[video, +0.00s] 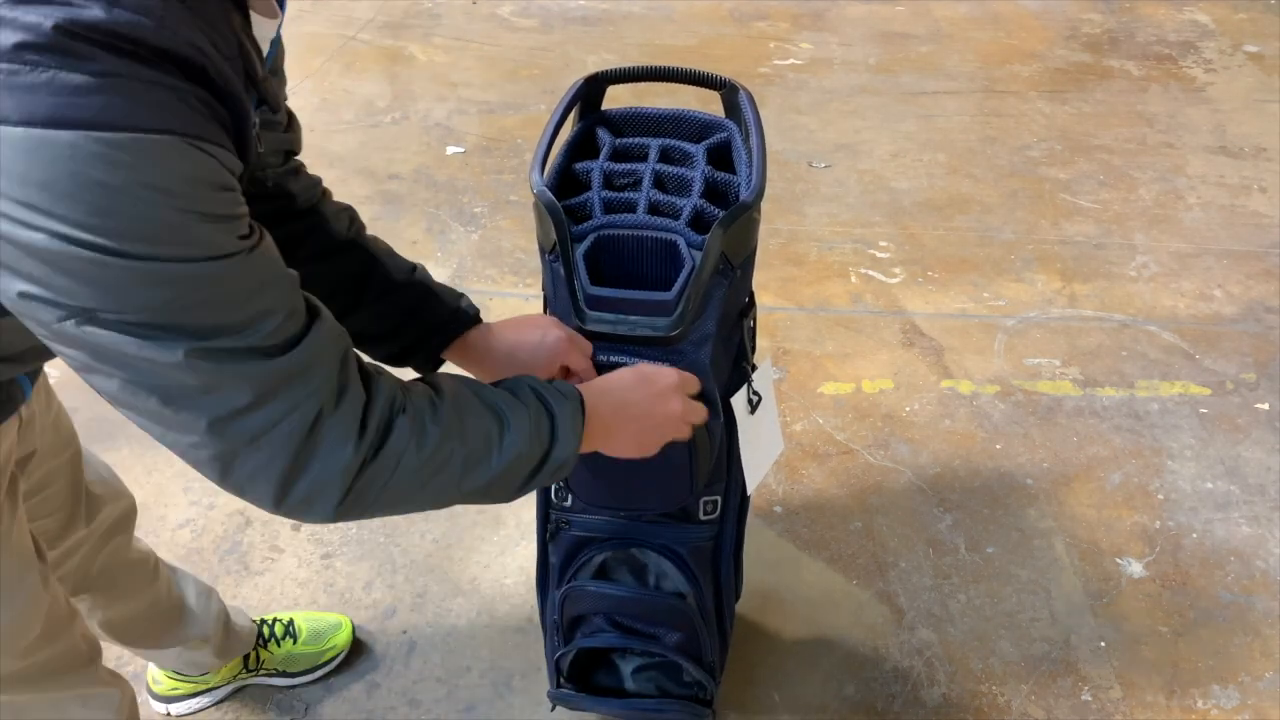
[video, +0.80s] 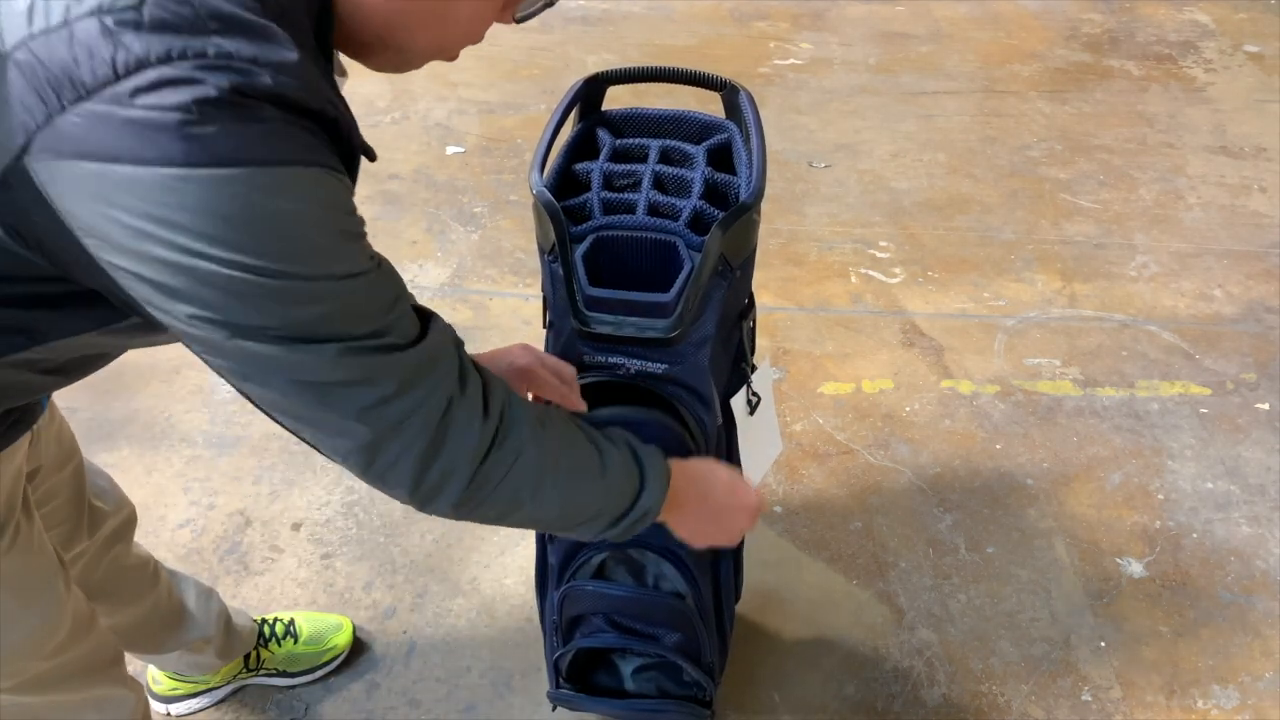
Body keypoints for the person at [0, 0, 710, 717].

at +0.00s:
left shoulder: (192, 23)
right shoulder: (72, 119)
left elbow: (272, 202)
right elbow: (315, 450)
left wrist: (465, 337)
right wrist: (584, 420)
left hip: (15, 373)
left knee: (82, 533)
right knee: (42, 668)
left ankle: (198, 653)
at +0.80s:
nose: (502, 21)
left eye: (515, 7)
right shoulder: (176, 112)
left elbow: (279, 260)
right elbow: (430, 437)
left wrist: (460, 367)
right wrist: (661, 489)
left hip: (16, 396)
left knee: (86, 542)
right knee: (53, 674)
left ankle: (201, 654)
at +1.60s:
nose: (412, 91)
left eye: (427, 64)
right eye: (398, 66)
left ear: (203, 7)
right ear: (208, 11)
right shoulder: (24, 245)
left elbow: (405, 201)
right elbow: (187, 495)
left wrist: (570, 402)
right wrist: (475, 535)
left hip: (47, 351)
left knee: (97, 517)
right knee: (35, 614)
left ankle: (200, 653)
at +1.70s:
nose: (399, 104)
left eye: (415, 79)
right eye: (385, 79)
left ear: (195, 15)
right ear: (198, 22)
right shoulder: (21, 260)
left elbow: (401, 198)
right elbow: (185, 497)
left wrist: (563, 402)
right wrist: (471, 525)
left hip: (48, 363)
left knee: (99, 521)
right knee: (35, 617)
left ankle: (200, 654)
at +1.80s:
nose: (391, 110)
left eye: (407, 83)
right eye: (376, 84)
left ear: (181, 17)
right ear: (184, 22)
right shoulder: (18, 257)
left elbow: (401, 204)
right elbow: (175, 498)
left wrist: (565, 407)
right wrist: (465, 523)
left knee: (97, 519)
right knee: (34, 622)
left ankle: (199, 653)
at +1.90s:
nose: (382, 104)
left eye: (406, 77)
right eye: (383, 76)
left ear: (194, 17)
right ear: (198, 23)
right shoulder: (19, 256)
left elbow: (347, 189)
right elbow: (178, 498)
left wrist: (515, 380)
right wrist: (472, 524)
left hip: (45, 361)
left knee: (97, 518)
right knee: (37, 628)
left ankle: (199, 654)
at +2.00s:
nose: (383, 63)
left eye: (398, 41)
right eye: (386, 41)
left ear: (206, 2)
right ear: (211, 3)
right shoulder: (25, 257)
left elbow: (226, 145)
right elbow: (191, 485)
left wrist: (369, 316)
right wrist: (480, 506)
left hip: (45, 363)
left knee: (94, 520)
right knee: (38, 620)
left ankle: (198, 653)